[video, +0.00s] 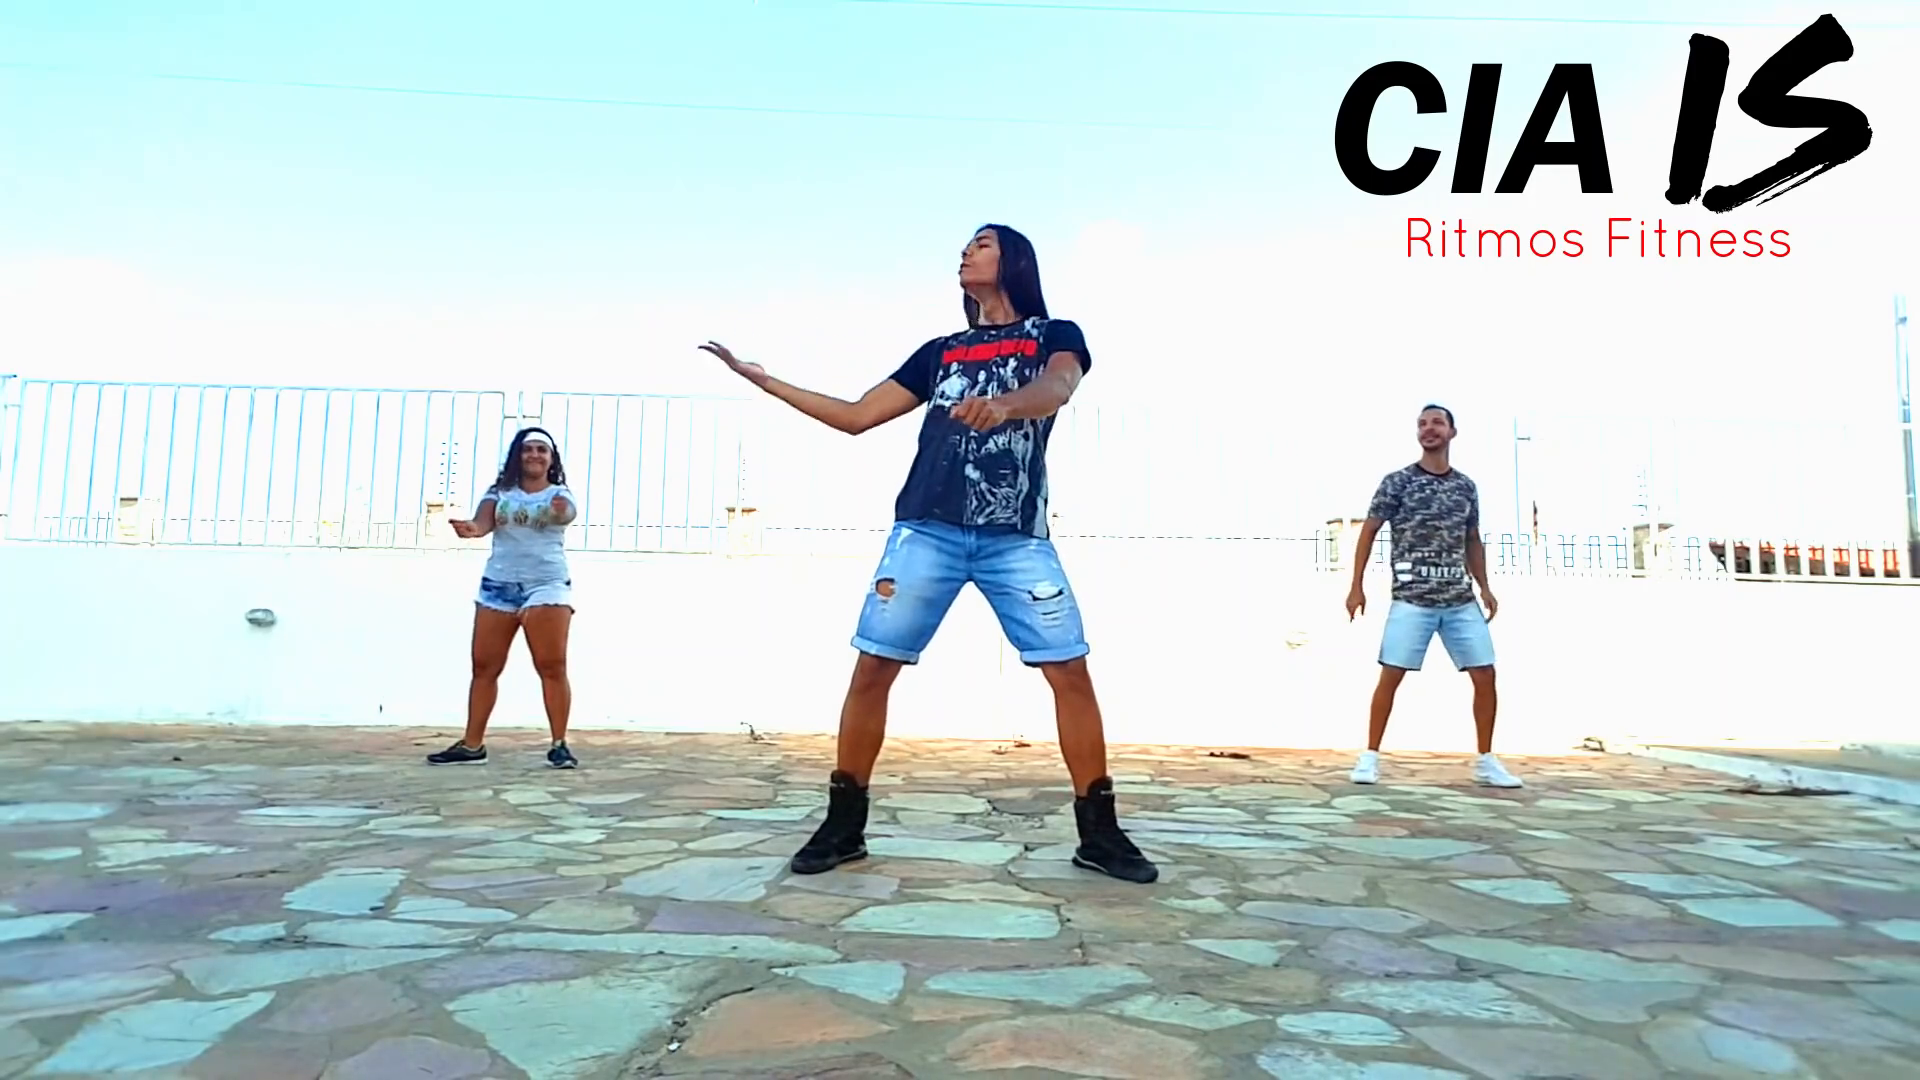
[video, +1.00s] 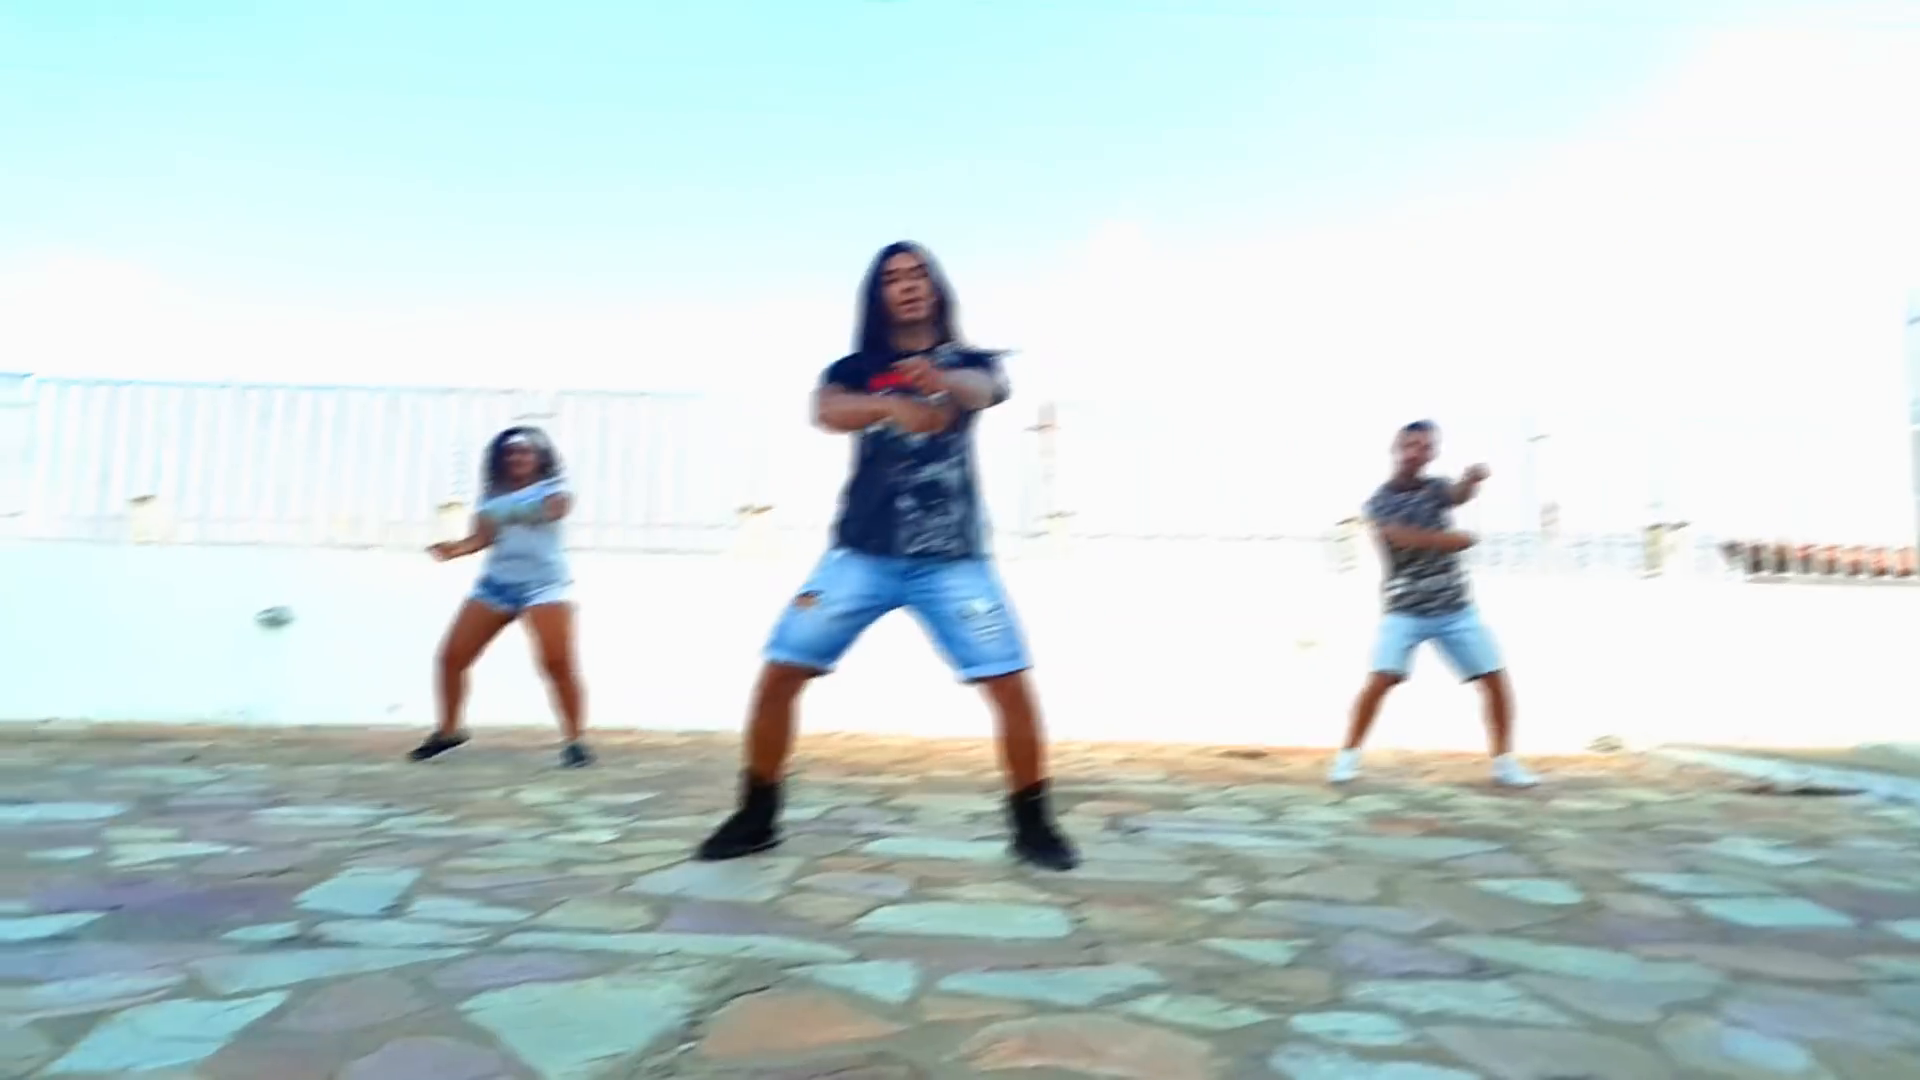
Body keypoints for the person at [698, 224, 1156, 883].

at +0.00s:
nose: (964, 253)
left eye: (980, 245)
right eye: (966, 246)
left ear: (1013, 262)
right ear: (969, 270)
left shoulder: (1055, 334)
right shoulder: (940, 352)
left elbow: (1058, 387)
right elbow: (855, 416)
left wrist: (1002, 406)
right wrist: (764, 379)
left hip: (1016, 536)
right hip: (928, 531)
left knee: (1070, 670)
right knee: (872, 669)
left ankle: (1099, 831)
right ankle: (843, 824)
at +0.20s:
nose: (1005, 250)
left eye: (1009, 242)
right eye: (987, 246)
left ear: (1022, 263)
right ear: (962, 273)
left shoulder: (1058, 335)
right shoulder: (941, 354)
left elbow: (1052, 399)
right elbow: (895, 445)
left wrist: (1013, 444)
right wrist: (813, 454)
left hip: (1020, 537)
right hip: (931, 531)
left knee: (1074, 669)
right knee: (876, 667)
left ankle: (1100, 832)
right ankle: (843, 824)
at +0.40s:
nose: (981, 242)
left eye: (990, 234)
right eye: (966, 239)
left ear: (1010, 253)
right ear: (951, 265)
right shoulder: (934, 339)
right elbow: (908, 440)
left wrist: (1023, 467)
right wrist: (890, 524)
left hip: (1024, 531)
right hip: (933, 527)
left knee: (1082, 663)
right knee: (866, 656)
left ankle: (1107, 824)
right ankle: (838, 816)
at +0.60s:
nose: (967, 280)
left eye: (976, 271)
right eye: (953, 276)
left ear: (997, 287)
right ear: (940, 298)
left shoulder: (1035, 365)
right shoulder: (917, 373)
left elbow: (1052, 407)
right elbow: (854, 441)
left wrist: (1038, 435)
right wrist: (808, 451)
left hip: (1019, 563)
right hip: (925, 559)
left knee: (1079, 686)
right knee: (851, 676)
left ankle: (1119, 829)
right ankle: (836, 822)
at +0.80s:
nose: (921, 223)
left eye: (931, 213)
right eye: (907, 217)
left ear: (952, 226)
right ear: (893, 235)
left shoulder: (987, 300)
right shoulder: (874, 304)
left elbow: (1003, 338)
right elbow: (866, 376)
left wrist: (985, 348)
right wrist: (821, 366)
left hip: (967, 493)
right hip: (879, 490)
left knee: (1022, 628)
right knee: (816, 625)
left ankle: (1057, 784)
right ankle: (780, 783)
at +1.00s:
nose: (909, 288)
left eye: (918, 276)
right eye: (895, 280)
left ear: (938, 287)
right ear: (876, 298)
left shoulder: (969, 362)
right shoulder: (854, 369)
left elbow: (989, 388)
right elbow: (826, 411)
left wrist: (944, 380)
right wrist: (892, 408)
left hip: (953, 561)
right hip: (862, 558)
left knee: (1011, 684)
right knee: (779, 673)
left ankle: (1033, 824)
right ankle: (755, 816)